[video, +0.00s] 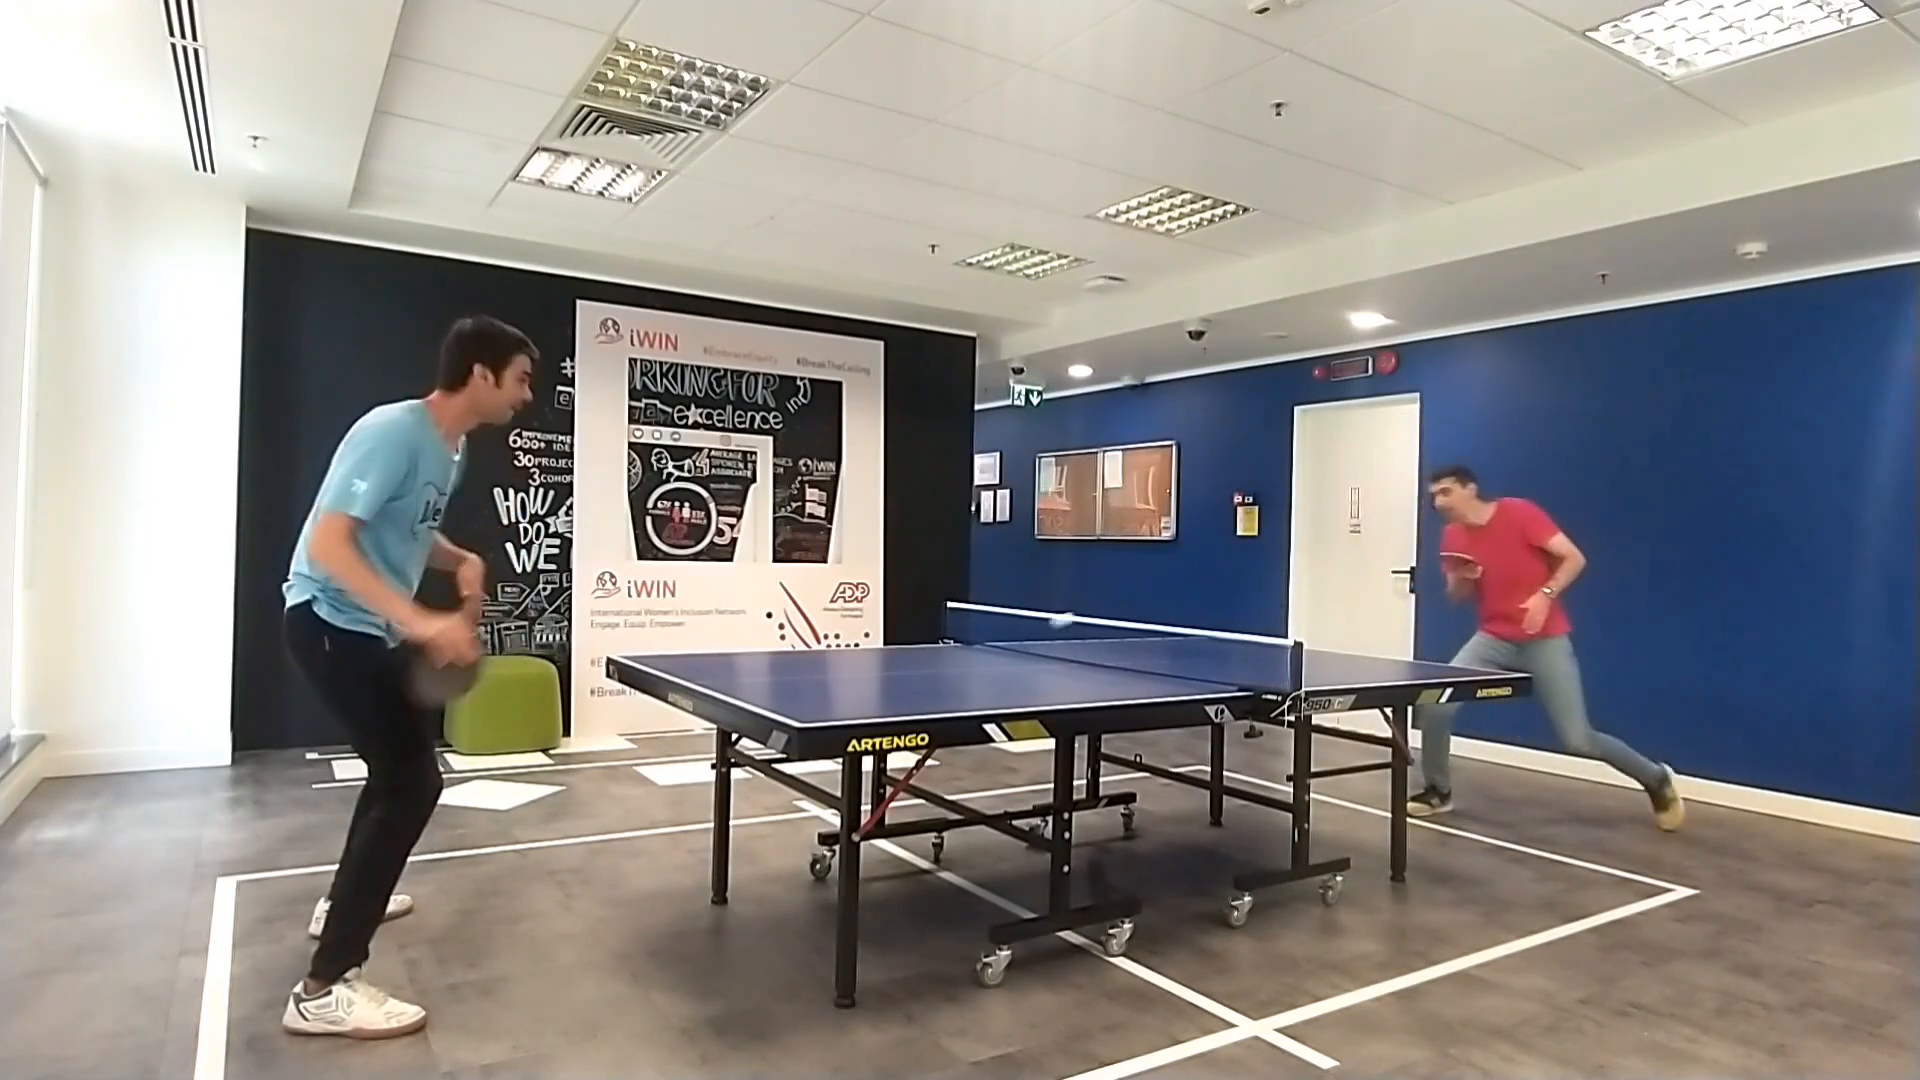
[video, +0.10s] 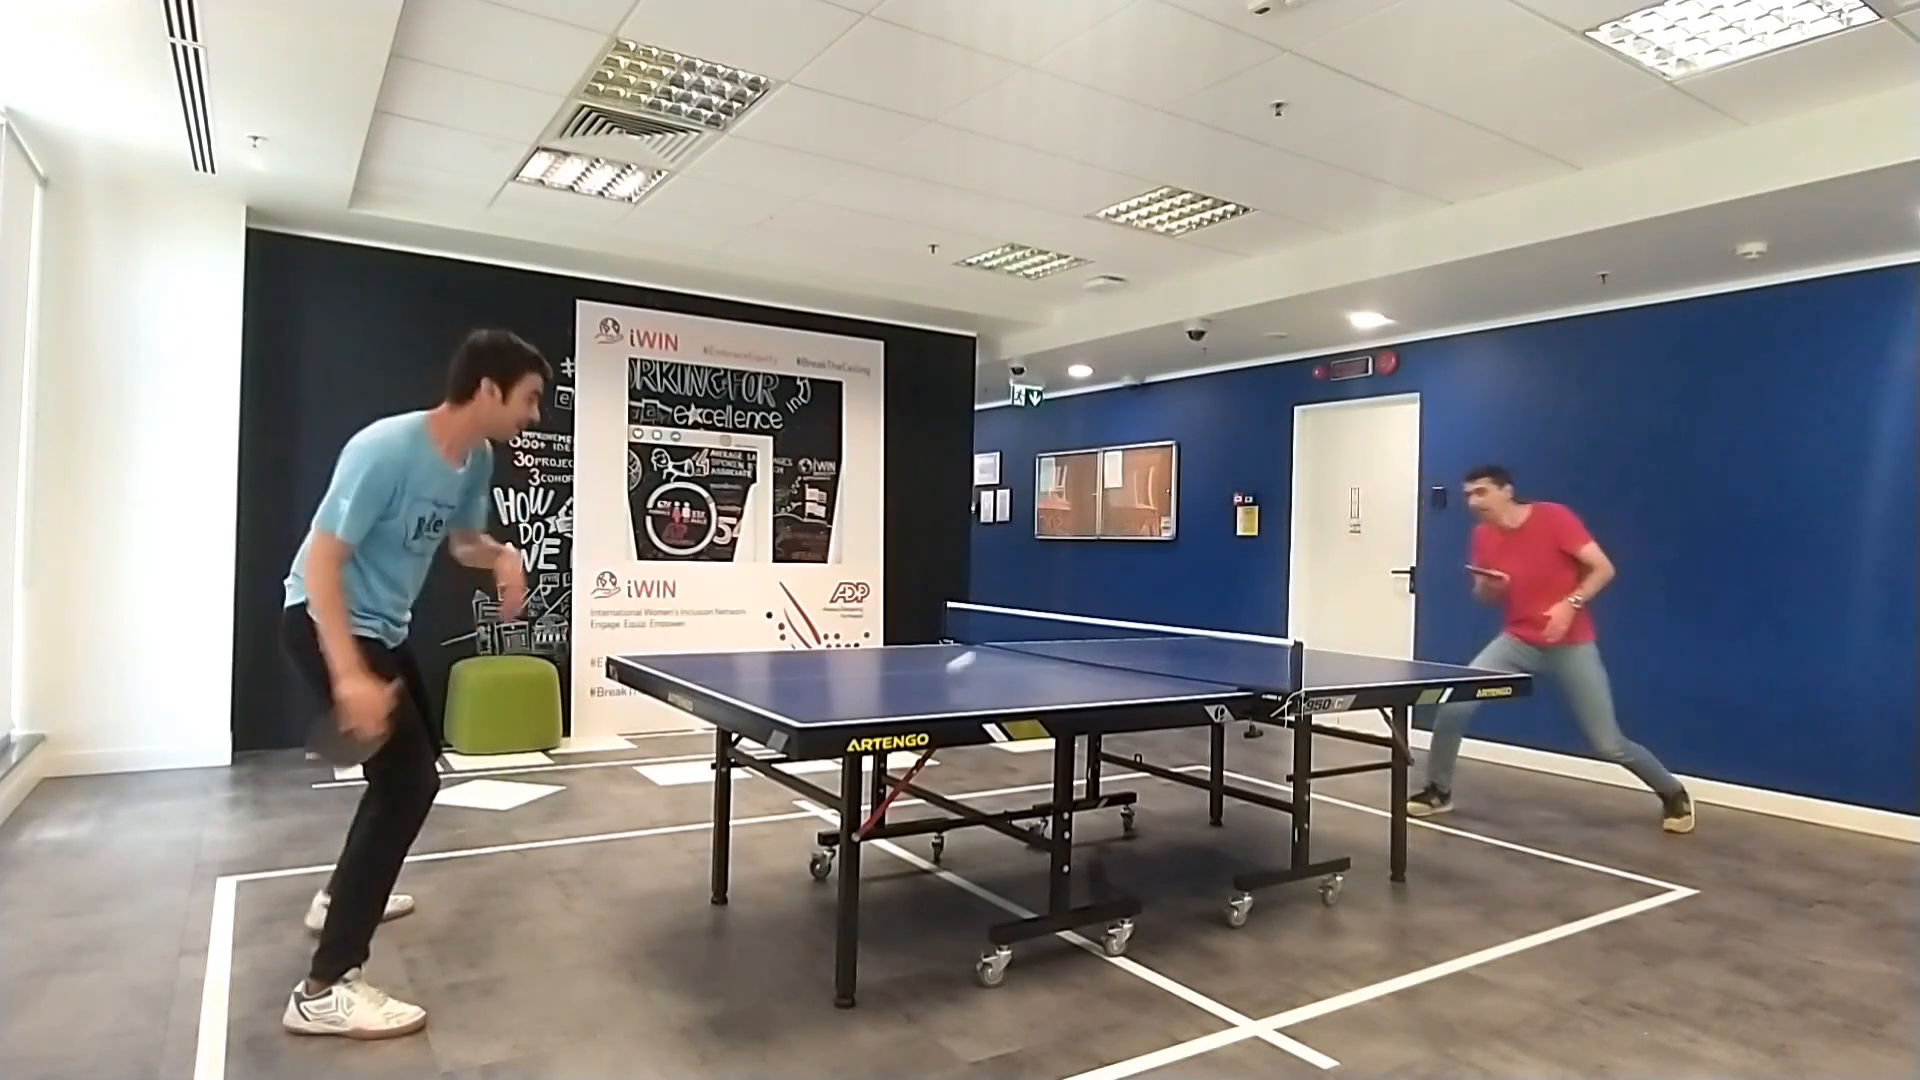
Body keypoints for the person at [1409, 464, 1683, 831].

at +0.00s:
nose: (1439, 502)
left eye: (1445, 492)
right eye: (1434, 497)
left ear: (1469, 489)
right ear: (1435, 503)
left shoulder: (1519, 514)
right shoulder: (1454, 536)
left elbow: (1574, 558)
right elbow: (1455, 596)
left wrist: (1546, 594)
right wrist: (1462, 581)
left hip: (1545, 640)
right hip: (1494, 638)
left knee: (1577, 740)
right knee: (1434, 706)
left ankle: (1658, 780)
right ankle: (1437, 793)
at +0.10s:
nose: (1472, 502)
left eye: (1479, 492)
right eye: (1469, 495)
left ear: (1505, 490)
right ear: (1471, 499)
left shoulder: (1553, 518)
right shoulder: (1484, 535)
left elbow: (1603, 569)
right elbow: (1483, 597)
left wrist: (1569, 604)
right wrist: (1488, 587)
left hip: (1570, 647)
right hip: (1518, 641)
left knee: (1607, 745)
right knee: (1453, 706)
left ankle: (1675, 795)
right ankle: (1437, 792)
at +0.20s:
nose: (1504, 498)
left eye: (1512, 489)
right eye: (1501, 492)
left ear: (1538, 487)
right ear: (1502, 495)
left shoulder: (1584, 515)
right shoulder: (1515, 529)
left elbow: (1632, 571)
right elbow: (1515, 587)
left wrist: (1594, 609)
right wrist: (1520, 590)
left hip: (1599, 644)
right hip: (1545, 637)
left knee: (1626, 745)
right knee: (1479, 704)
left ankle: (1679, 801)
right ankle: (1439, 791)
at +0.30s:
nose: (1525, 486)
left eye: (1533, 477)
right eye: (1521, 480)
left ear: (1559, 477)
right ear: (1521, 485)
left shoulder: (1604, 506)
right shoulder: (1533, 521)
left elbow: (1653, 560)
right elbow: (1539, 567)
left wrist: (1613, 603)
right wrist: (1541, 581)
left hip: (1619, 636)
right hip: (1563, 630)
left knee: (1642, 738)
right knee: (1499, 696)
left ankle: (1682, 802)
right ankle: (1456, 787)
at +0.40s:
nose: (1534, 470)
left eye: (1541, 461)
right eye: (1529, 464)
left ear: (1566, 462)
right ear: (1528, 471)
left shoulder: (1612, 493)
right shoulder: (1541, 511)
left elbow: (1664, 544)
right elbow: (1548, 558)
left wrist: (1627, 592)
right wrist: (1548, 575)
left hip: (1629, 623)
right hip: (1573, 619)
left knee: (1652, 727)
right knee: (1515, 687)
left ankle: (1684, 801)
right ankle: (1514, 786)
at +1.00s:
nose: (1492, 466)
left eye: (1497, 457)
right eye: (1490, 460)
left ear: (1522, 455)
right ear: (1513, 460)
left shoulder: (1567, 489)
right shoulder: (1526, 507)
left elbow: (1620, 538)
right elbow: (1555, 557)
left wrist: (1615, 603)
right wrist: (1551, 608)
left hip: (1598, 619)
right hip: (1553, 620)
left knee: (1636, 713)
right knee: (1514, 695)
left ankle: (1716, 795)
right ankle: (1538, 788)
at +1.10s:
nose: (1479, 455)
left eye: (1483, 447)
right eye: (1479, 448)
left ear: (1504, 445)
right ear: (1504, 447)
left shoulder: (1549, 480)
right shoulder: (1520, 493)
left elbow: (1582, 535)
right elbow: (1542, 549)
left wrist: (1576, 600)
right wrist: (1538, 599)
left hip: (1572, 612)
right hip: (1536, 613)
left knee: (1596, 704)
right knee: (1511, 695)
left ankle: (1687, 780)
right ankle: (1537, 787)